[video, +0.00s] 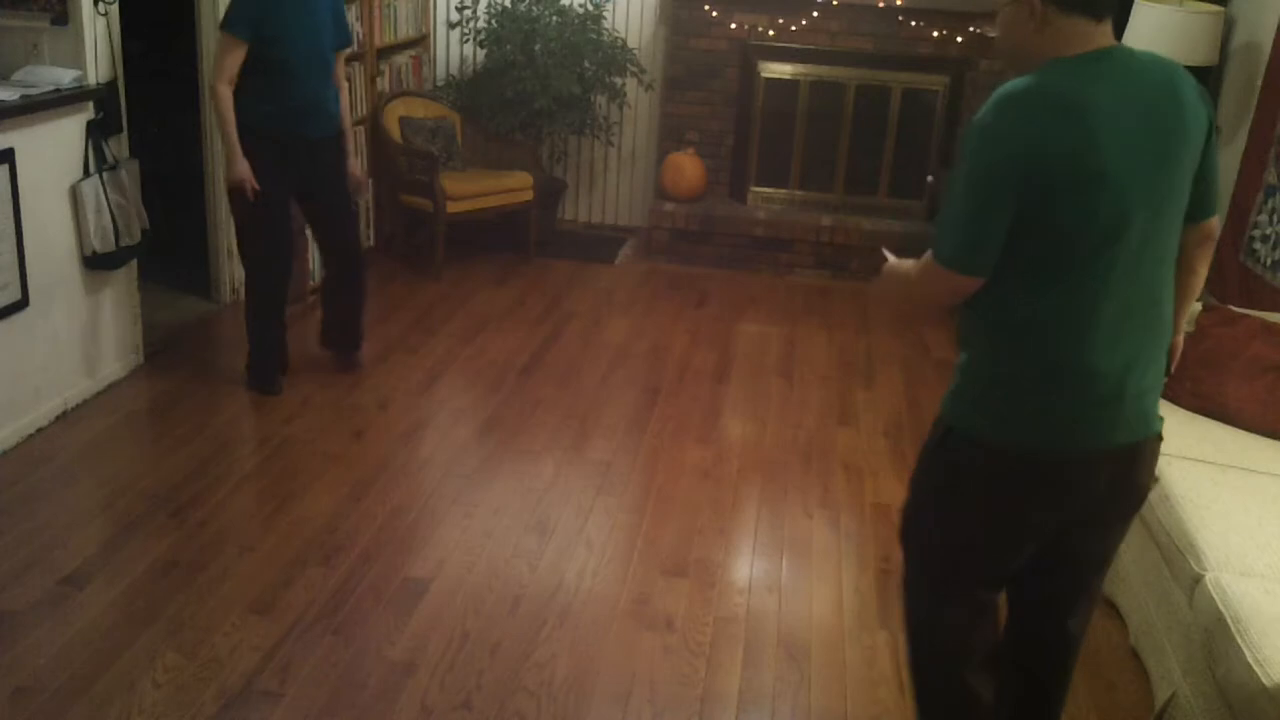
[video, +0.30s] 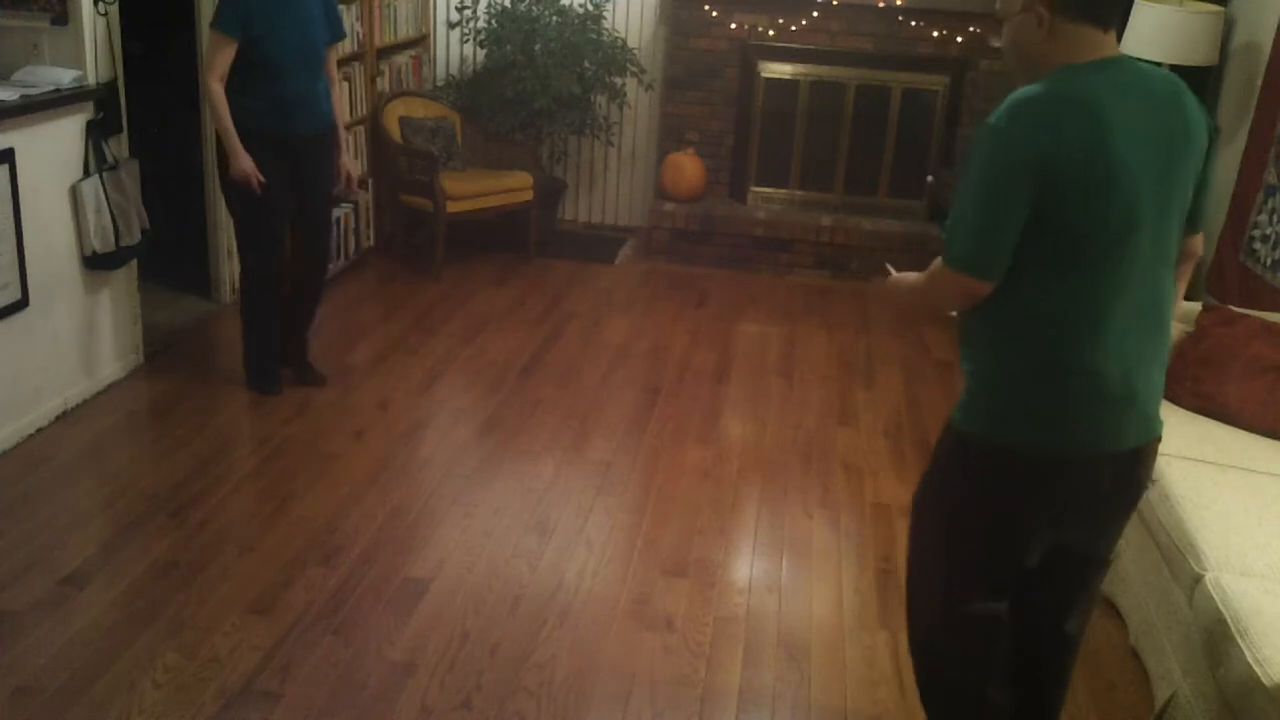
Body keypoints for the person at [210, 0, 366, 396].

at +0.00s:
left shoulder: (331, 8)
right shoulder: (250, 8)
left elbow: (339, 81)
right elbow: (222, 82)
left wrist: (349, 151)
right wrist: (235, 157)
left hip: (321, 147)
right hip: (261, 151)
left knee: (346, 250)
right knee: (268, 262)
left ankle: (343, 341)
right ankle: (265, 370)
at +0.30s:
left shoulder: (323, 7)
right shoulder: (241, 7)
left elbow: (332, 80)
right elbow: (212, 77)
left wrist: (342, 150)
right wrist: (236, 152)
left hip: (315, 146)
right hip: (257, 149)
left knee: (312, 255)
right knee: (264, 260)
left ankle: (295, 352)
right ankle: (262, 368)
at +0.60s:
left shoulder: (331, 8)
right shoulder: (248, 8)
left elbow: (338, 81)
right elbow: (221, 83)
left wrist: (347, 154)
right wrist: (239, 157)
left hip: (321, 148)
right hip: (262, 153)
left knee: (343, 246)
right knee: (268, 264)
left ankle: (340, 342)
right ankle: (262, 370)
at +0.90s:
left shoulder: (367, 7)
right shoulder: (282, 8)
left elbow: (382, 77)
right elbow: (256, 83)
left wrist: (395, 148)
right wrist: (264, 155)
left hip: (362, 144)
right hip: (303, 146)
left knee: (358, 255)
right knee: (297, 260)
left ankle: (355, 350)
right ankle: (269, 364)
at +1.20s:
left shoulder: (379, 6)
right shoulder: (300, 7)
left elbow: (389, 74)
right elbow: (272, 76)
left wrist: (408, 144)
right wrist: (302, 150)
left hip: (365, 139)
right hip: (309, 142)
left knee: (365, 244)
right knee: (316, 245)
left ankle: (356, 347)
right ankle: (304, 343)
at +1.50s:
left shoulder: (393, 6)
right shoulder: (321, 7)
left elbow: (389, 57)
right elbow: (300, 82)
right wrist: (334, 152)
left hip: (380, 136)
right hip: (325, 136)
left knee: (388, 247)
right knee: (321, 245)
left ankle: (394, 359)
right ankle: (303, 343)